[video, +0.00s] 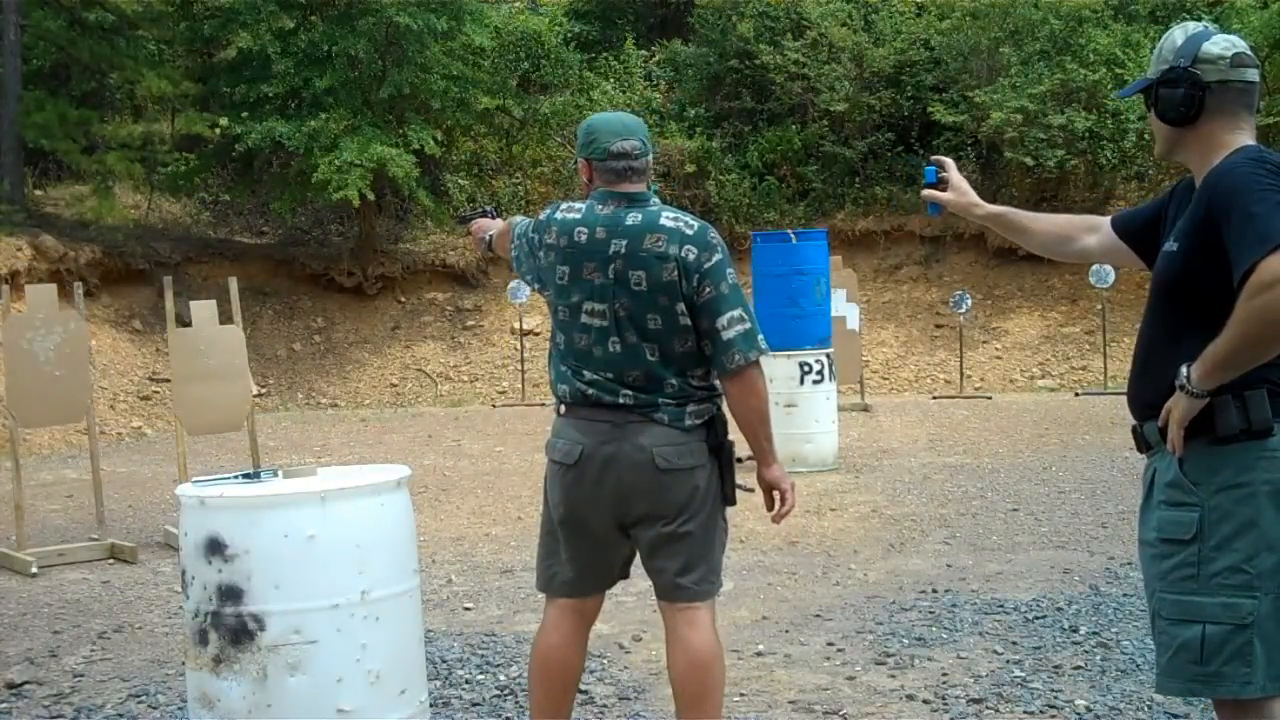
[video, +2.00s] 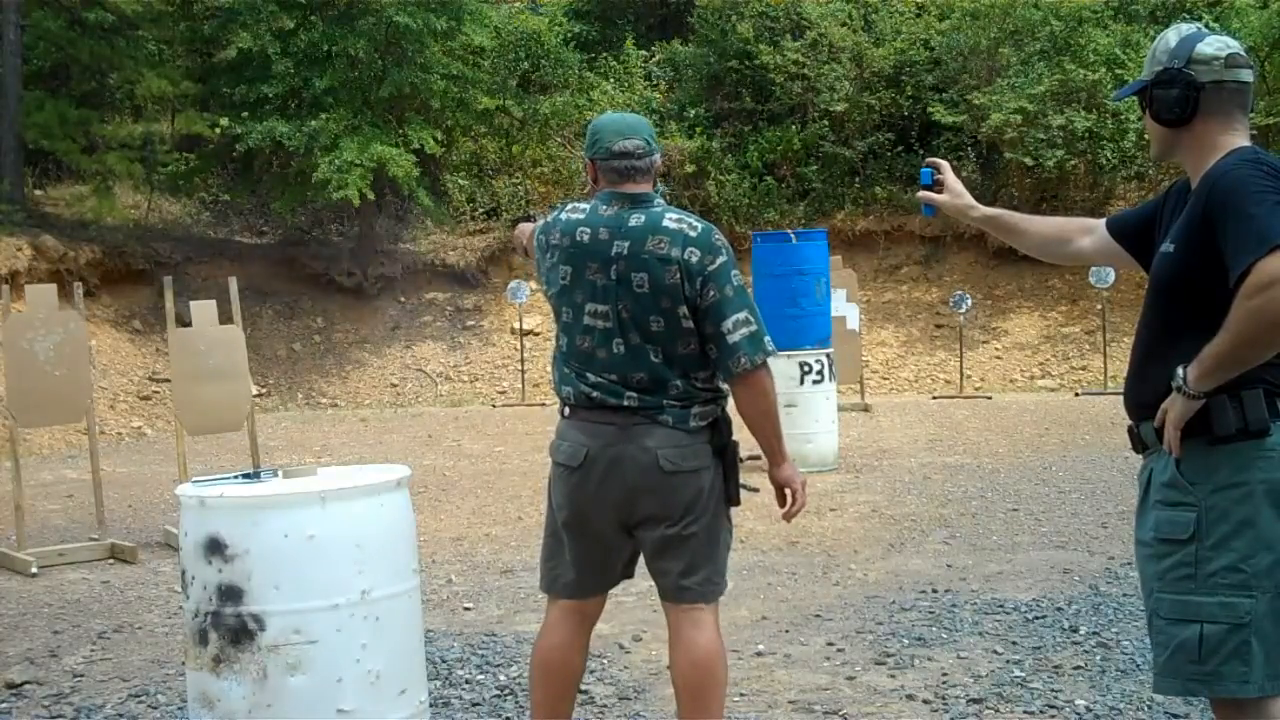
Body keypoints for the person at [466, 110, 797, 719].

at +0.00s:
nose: (581, 171)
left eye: (581, 164)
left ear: (586, 171)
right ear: (650, 167)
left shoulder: (557, 230)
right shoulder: (694, 239)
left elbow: (510, 241)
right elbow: (738, 362)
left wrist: (491, 229)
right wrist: (767, 459)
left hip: (581, 446)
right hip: (676, 450)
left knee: (568, 607)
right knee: (689, 612)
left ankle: (547, 715)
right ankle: (702, 715)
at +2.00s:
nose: (585, 172)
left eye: (586, 165)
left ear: (592, 170)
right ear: (658, 166)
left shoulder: (562, 233)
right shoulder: (697, 240)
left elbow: (527, 236)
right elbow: (747, 365)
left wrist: (533, 228)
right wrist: (778, 458)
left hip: (584, 447)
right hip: (682, 452)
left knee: (570, 608)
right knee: (693, 612)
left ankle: (547, 715)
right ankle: (703, 718)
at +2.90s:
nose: (585, 175)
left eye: (586, 167)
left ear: (593, 172)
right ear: (660, 168)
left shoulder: (563, 234)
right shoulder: (700, 242)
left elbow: (549, 232)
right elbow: (746, 368)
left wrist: (595, 199)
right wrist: (777, 459)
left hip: (585, 446)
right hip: (682, 451)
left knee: (570, 607)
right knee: (693, 611)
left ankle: (548, 714)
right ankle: (703, 717)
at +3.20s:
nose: (592, 172)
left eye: (592, 164)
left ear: (596, 171)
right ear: (663, 168)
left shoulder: (566, 233)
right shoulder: (699, 241)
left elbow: (538, 238)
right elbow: (748, 367)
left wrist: (538, 229)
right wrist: (779, 459)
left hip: (586, 446)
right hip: (684, 451)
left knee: (571, 606)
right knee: (693, 610)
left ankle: (548, 715)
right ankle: (703, 717)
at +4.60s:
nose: (655, 209)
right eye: (657, 201)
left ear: (600, 211)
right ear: (656, 205)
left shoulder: (573, 272)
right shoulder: (695, 265)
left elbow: (551, 370)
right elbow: (735, 361)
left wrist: (597, 396)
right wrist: (685, 346)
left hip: (589, 441)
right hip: (676, 439)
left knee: (585, 577)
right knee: (689, 593)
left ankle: (589, 708)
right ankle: (703, 714)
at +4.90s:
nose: (644, 206)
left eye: (640, 198)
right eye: (642, 198)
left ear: (585, 202)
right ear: (633, 202)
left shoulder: (555, 248)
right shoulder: (654, 240)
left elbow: (597, 283)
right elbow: (696, 277)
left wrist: (660, 245)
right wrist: (692, 248)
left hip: (562, 412)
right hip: (640, 415)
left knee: (580, 565)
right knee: (667, 539)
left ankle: (587, 706)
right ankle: (639, 672)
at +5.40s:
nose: (652, 215)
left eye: (649, 207)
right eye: (650, 207)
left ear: (601, 213)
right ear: (639, 212)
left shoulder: (573, 253)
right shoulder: (657, 250)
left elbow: (618, 266)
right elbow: (691, 269)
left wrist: (675, 241)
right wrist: (697, 239)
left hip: (582, 397)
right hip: (644, 400)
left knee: (606, 517)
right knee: (649, 520)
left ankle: (616, 633)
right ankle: (621, 624)